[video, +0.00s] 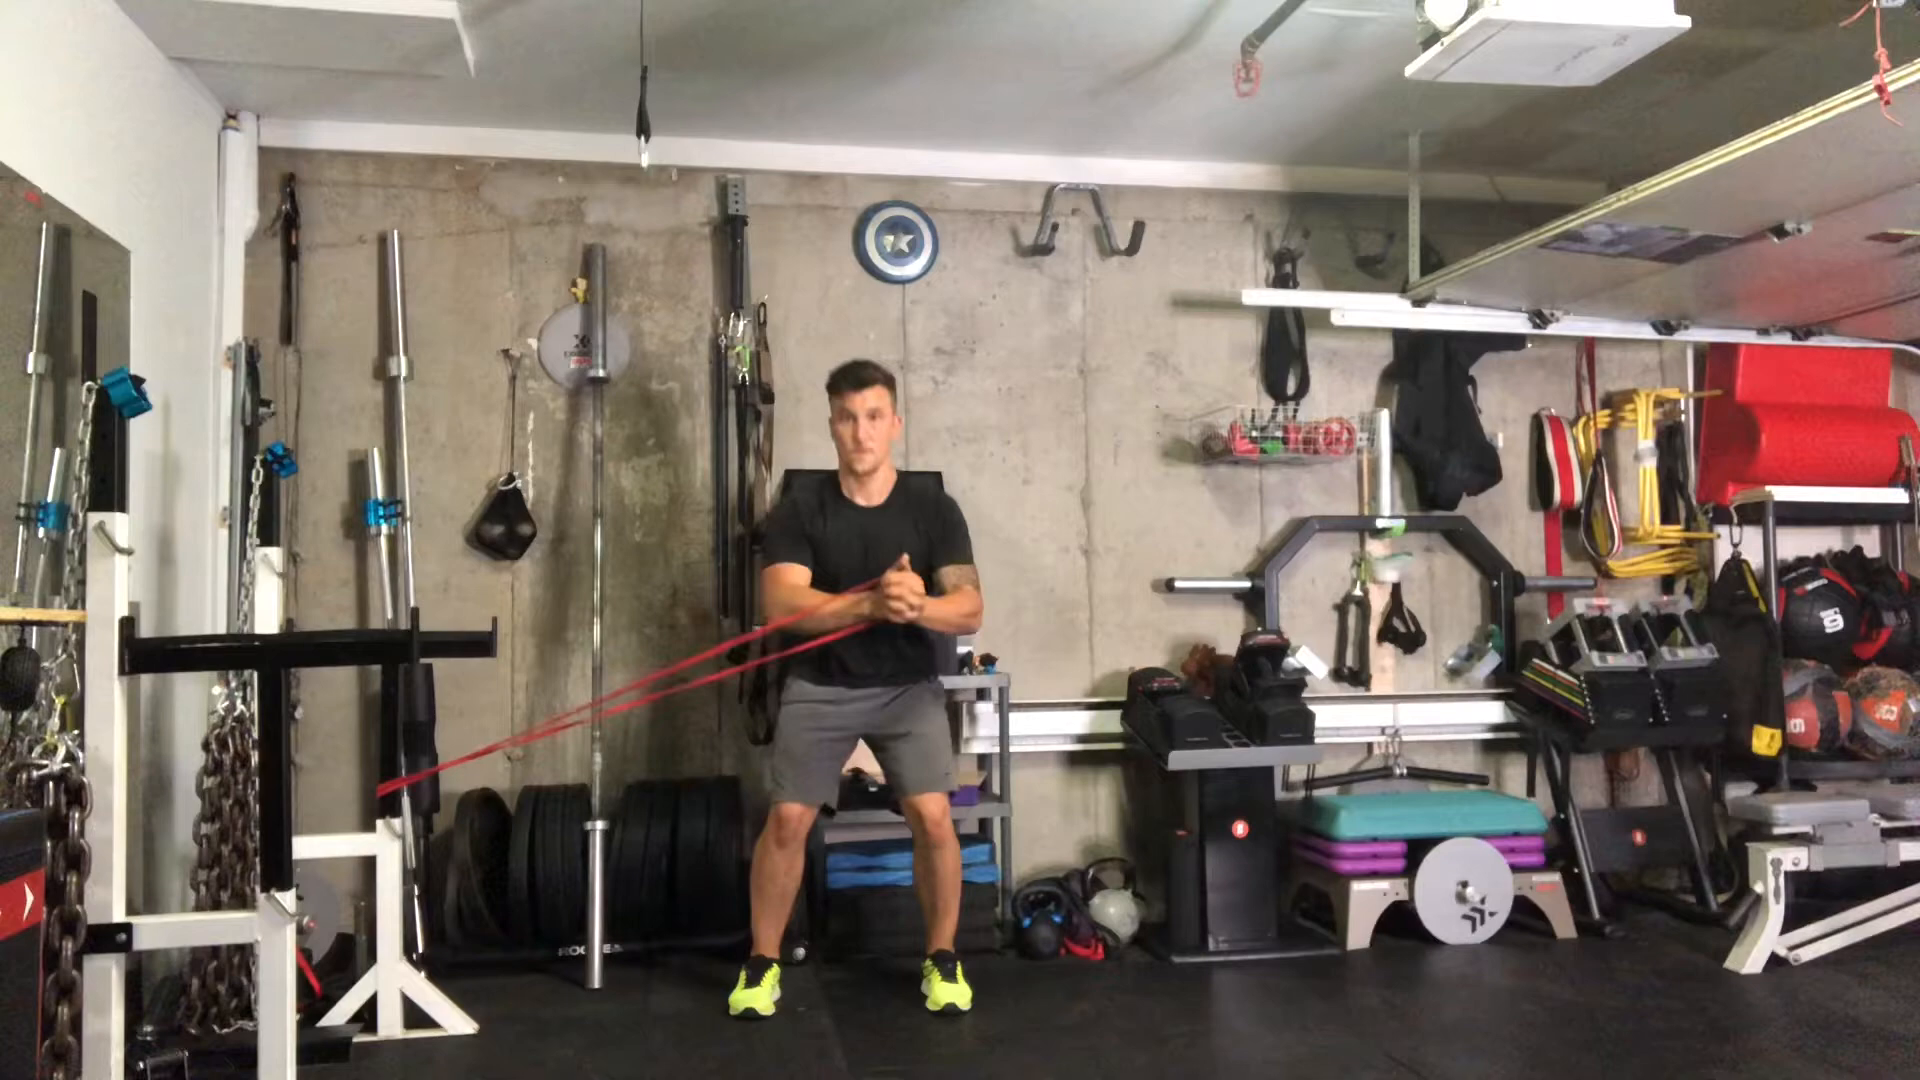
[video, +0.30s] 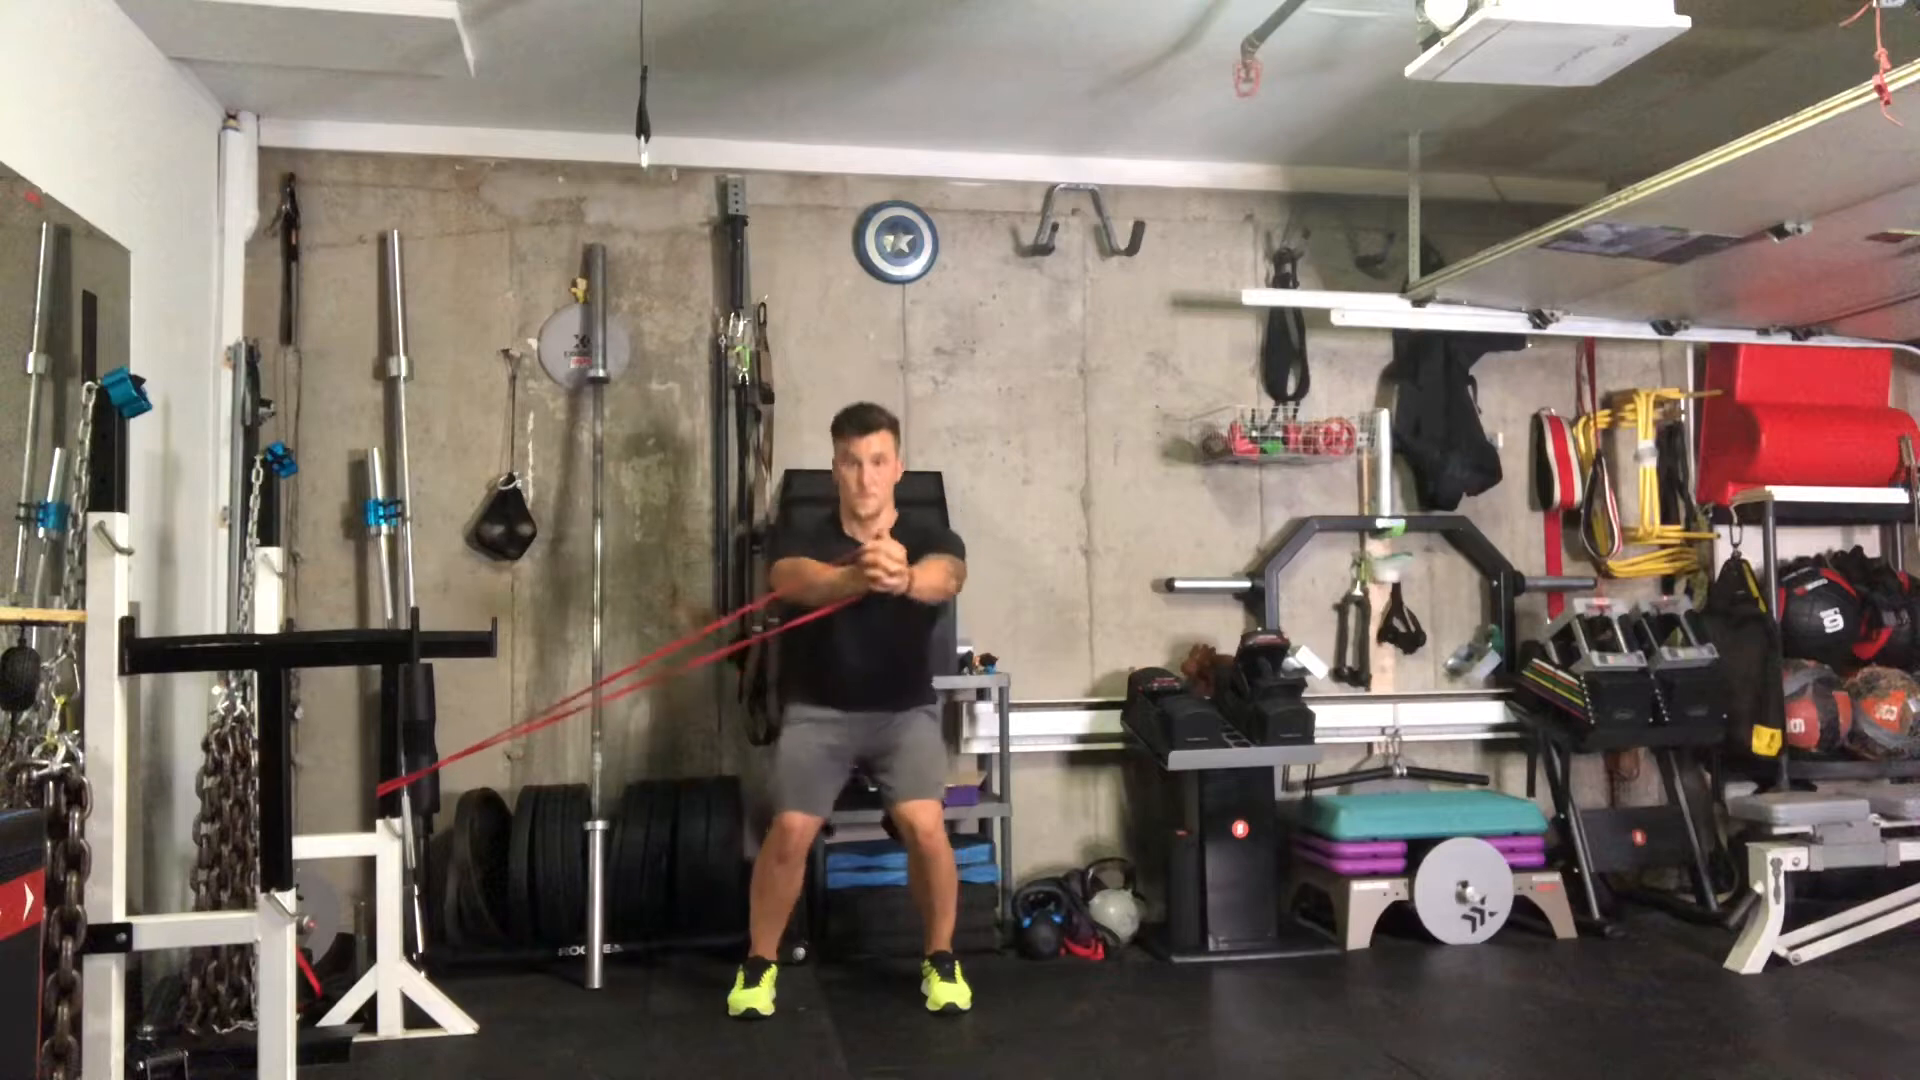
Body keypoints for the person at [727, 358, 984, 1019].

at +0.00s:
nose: (860, 431)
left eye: (874, 417)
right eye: (848, 418)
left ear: (896, 423)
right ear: (832, 425)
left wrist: (917, 608)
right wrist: (867, 603)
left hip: (908, 691)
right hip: (817, 692)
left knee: (933, 814)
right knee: (787, 817)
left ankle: (943, 958)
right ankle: (762, 964)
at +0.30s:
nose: (865, 476)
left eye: (878, 461)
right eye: (852, 463)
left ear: (898, 465)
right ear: (835, 468)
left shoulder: (928, 530)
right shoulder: (803, 529)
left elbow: (949, 575)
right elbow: (787, 582)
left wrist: (909, 579)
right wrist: (852, 577)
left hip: (905, 714)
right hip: (817, 714)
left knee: (923, 822)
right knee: (790, 828)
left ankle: (941, 960)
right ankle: (760, 966)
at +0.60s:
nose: (864, 506)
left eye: (877, 491)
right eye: (851, 491)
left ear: (897, 485)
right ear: (832, 485)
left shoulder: (928, 548)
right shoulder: (798, 543)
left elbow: (932, 579)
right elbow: (796, 585)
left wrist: (904, 585)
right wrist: (847, 586)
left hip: (901, 714)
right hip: (813, 714)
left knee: (909, 821)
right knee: (787, 823)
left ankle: (939, 961)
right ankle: (760, 966)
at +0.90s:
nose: (866, 509)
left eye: (879, 494)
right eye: (853, 495)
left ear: (899, 496)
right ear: (833, 497)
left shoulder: (930, 562)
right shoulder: (804, 558)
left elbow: (937, 593)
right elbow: (801, 600)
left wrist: (910, 598)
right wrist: (856, 599)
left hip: (899, 725)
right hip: (813, 726)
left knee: (909, 827)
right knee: (791, 831)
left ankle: (939, 962)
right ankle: (761, 967)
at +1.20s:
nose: (871, 520)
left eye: (885, 505)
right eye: (858, 506)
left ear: (905, 509)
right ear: (839, 509)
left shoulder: (935, 574)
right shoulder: (808, 576)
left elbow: (937, 609)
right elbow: (810, 617)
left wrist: (909, 623)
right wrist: (855, 623)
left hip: (901, 731)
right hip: (816, 730)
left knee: (901, 834)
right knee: (795, 835)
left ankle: (939, 961)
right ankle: (762, 967)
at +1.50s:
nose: (893, 531)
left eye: (905, 516)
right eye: (879, 517)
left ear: (926, 519)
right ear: (859, 520)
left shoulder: (963, 582)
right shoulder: (828, 591)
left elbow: (970, 619)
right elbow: (836, 636)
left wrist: (946, 628)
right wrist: (900, 640)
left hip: (937, 744)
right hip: (850, 744)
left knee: (959, 837)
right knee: (820, 854)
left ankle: (942, 960)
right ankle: (763, 967)